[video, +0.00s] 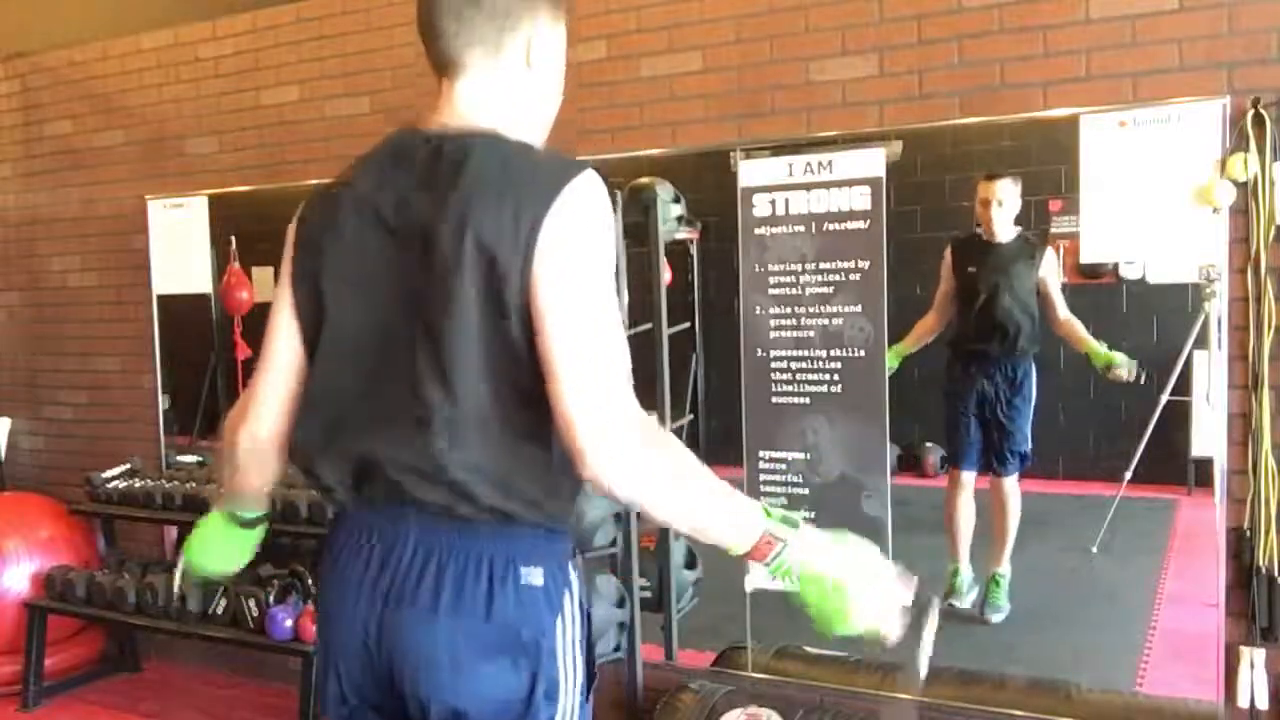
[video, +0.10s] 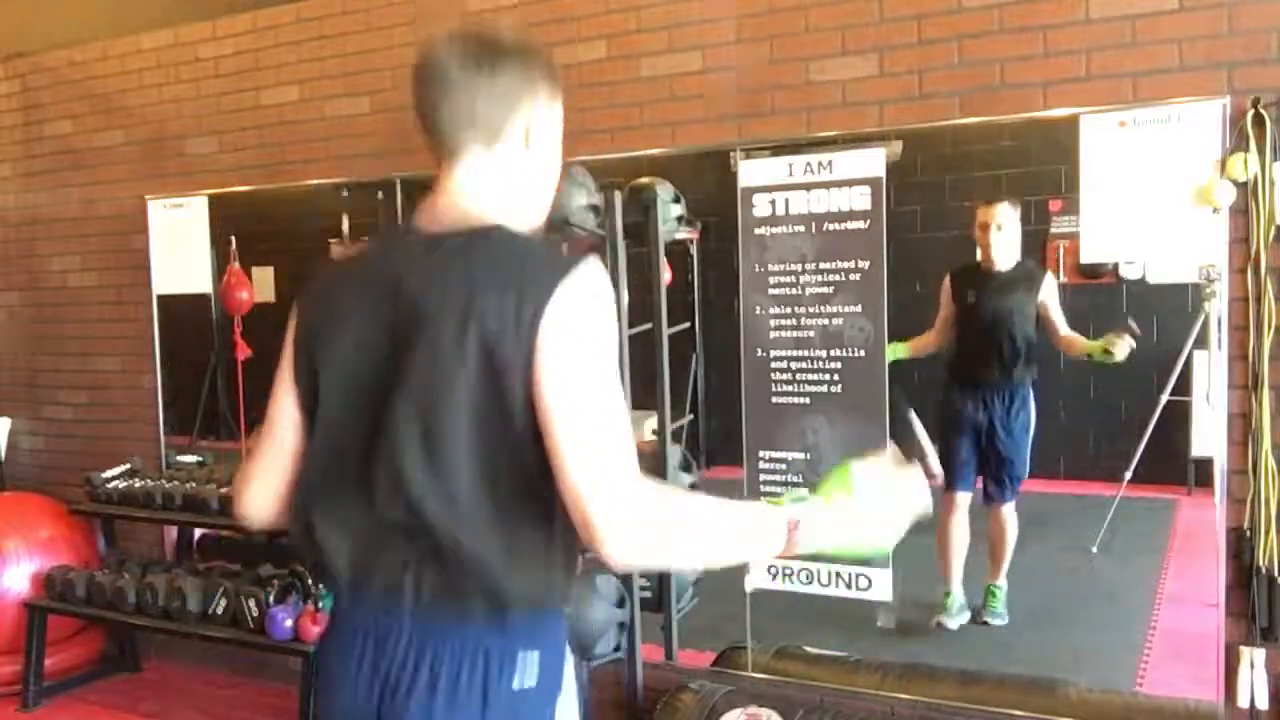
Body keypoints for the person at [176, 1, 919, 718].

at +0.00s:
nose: (563, 79)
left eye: (561, 55)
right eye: (562, 54)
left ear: (435, 54)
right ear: (538, 50)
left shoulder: (329, 207)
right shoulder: (558, 193)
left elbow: (255, 441)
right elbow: (608, 446)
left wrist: (235, 510)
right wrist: (784, 546)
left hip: (356, 566)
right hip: (502, 583)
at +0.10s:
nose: (561, 154)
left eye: (557, 130)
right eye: (558, 130)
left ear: (435, 132)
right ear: (535, 127)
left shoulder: (331, 289)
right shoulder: (555, 284)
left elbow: (259, 500)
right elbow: (621, 528)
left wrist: (371, 445)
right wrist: (804, 522)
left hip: (356, 646)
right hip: (502, 657)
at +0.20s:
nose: (556, 156)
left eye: (551, 129)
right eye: (552, 128)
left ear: (429, 131)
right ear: (524, 123)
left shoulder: (328, 293)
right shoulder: (551, 279)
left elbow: (256, 501)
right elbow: (634, 516)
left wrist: (367, 455)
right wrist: (813, 507)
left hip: (352, 655)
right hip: (502, 669)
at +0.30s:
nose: (545, 72)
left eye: (540, 48)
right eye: (540, 46)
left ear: (416, 54)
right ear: (516, 43)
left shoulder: (331, 222)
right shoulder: (540, 190)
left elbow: (271, 435)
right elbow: (607, 432)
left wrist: (252, 539)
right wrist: (777, 530)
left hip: (353, 563)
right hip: (491, 572)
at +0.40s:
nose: (530, 66)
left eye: (525, 45)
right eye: (525, 43)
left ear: (400, 59)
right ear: (505, 46)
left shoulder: (317, 227)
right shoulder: (530, 191)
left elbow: (276, 458)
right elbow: (594, 433)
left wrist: (260, 532)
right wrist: (767, 542)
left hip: (358, 570)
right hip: (503, 575)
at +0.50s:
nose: (523, 160)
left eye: (519, 136)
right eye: (518, 135)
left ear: (400, 144)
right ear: (493, 132)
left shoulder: (317, 297)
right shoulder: (525, 272)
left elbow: (267, 513)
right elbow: (601, 508)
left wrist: (365, 437)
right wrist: (789, 511)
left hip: (372, 641)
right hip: (519, 647)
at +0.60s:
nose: (524, 125)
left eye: (519, 98)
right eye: (518, 99)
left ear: (396, 110)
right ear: (491, 100)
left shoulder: (315, 265)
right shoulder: (523, 242)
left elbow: (266, 483)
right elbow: (607, 461)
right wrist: (784, 497)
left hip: (379, 636)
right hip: (522, 635)